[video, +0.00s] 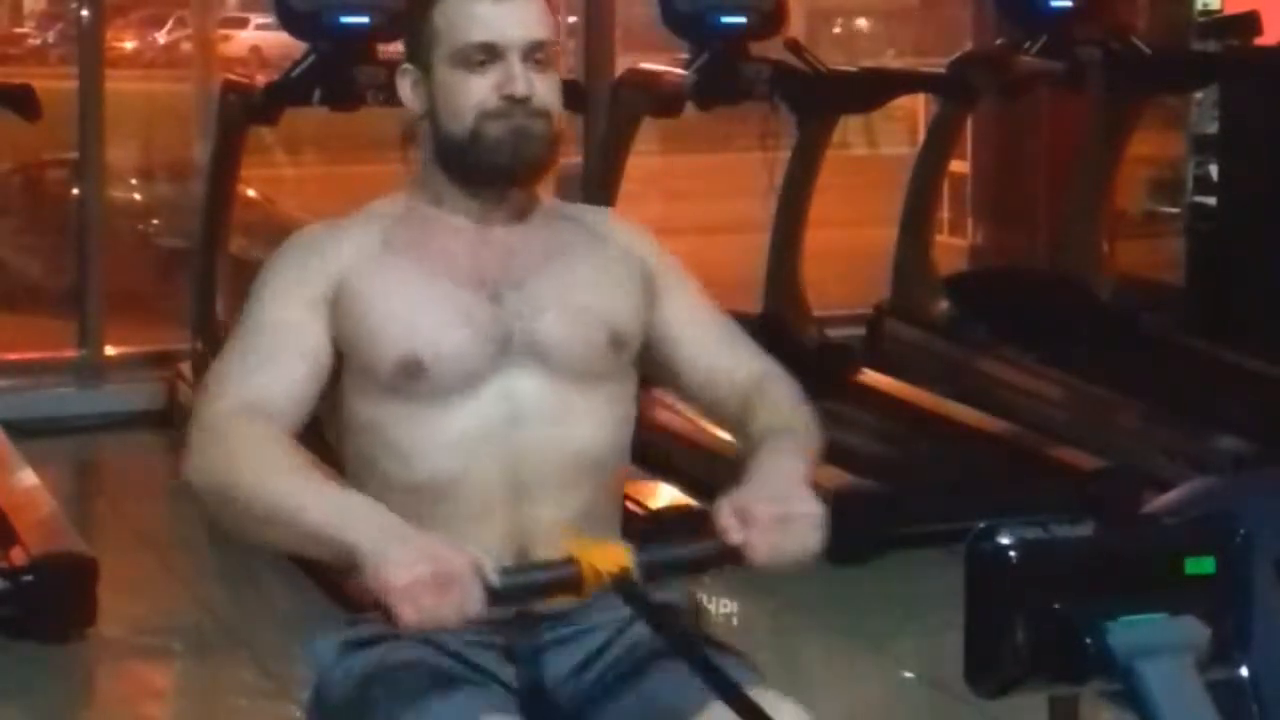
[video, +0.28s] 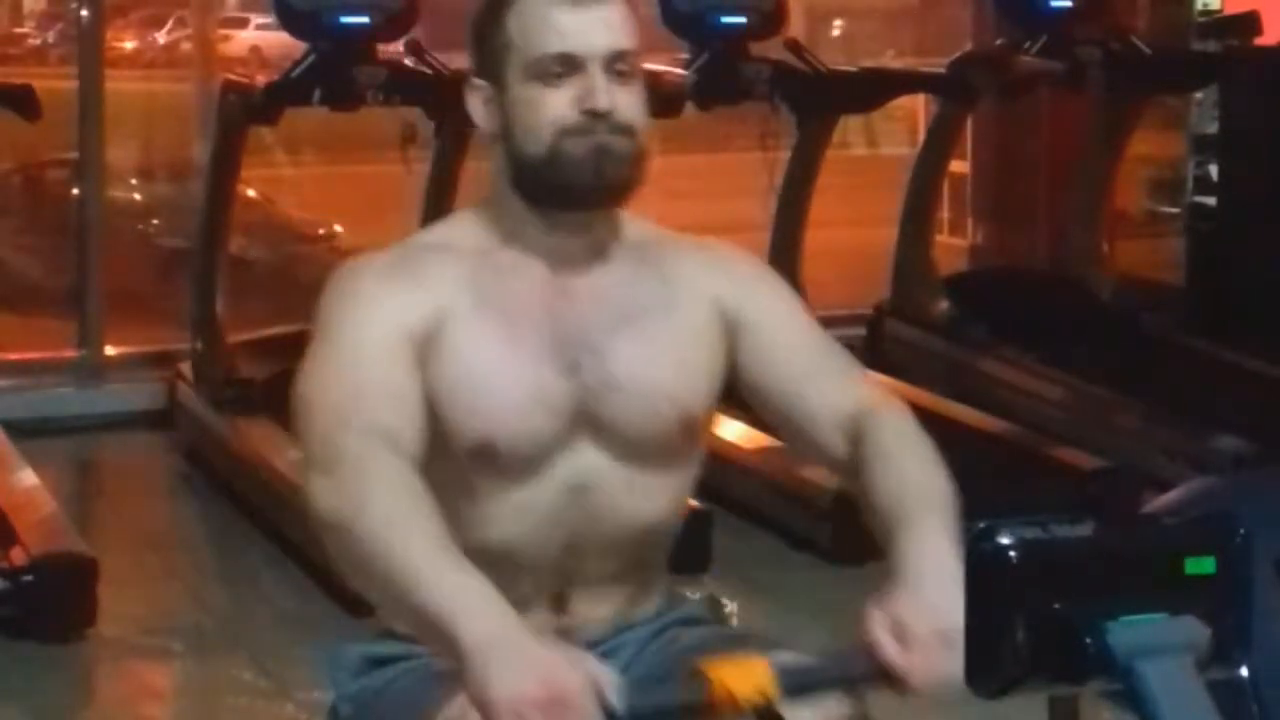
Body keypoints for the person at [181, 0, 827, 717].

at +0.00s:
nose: (518, 85)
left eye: (538, 61)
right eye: (479, 61)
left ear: (561, 83)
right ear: (413, 89)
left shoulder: (619, 252)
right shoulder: (329, 261)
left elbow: (760, 391)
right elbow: (226, 446)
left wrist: (779, 470)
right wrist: (385, 543)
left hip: (610, 620)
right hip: (421, 637)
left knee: (768, 713)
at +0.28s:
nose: (599, 100)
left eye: (621, 72)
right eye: (557, 73)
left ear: (648, 94)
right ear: (485, 104)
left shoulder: (717, 284)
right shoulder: (389, 293)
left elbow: (869, 425)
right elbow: (355, 481)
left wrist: (929, 576)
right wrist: (494, 641)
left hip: (651, 644)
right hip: (440, 654)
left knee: (843, 693)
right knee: (498, 709)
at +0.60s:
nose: (710, 174)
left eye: (732, 142)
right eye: (661, 145)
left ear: (760, 164)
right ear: (579, 180)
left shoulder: (834, 372)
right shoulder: (466, 383)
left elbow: (1009, 563)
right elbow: (528, 592)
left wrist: (1098, 697)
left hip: (688, 678)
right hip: (478, 685)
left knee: (858, 669)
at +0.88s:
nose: (623, 113)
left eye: (649, 82)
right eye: (579, 83)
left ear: (677, 103)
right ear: (503, 111)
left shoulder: (746, 297)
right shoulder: (412, 301)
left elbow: (892, 470)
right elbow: (433, 505)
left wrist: (992, 647)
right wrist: (564, 689)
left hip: (656, 645)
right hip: (454, 650)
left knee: (845, 681)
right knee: (508, 711)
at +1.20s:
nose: (487, 97)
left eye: (508, 72)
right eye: (452, 73)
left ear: (531, 90)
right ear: (385, 91)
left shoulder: (594, 245)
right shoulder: (312, 264)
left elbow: (719, 394)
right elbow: (221, 456)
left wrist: (748, 469)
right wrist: (352, 509)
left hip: (588, 617)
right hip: (402, 631)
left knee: (705, 713)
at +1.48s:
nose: (482, 105)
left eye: (502, 79)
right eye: (446, 79)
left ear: (524, 92)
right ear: (382, 91)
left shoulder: (571, 247)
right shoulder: (305, 262)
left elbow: (681, 403)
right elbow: (177, 457)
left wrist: (688, 472)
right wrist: (311, 510)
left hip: (590, 619)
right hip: (407, 634)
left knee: (714, 709)